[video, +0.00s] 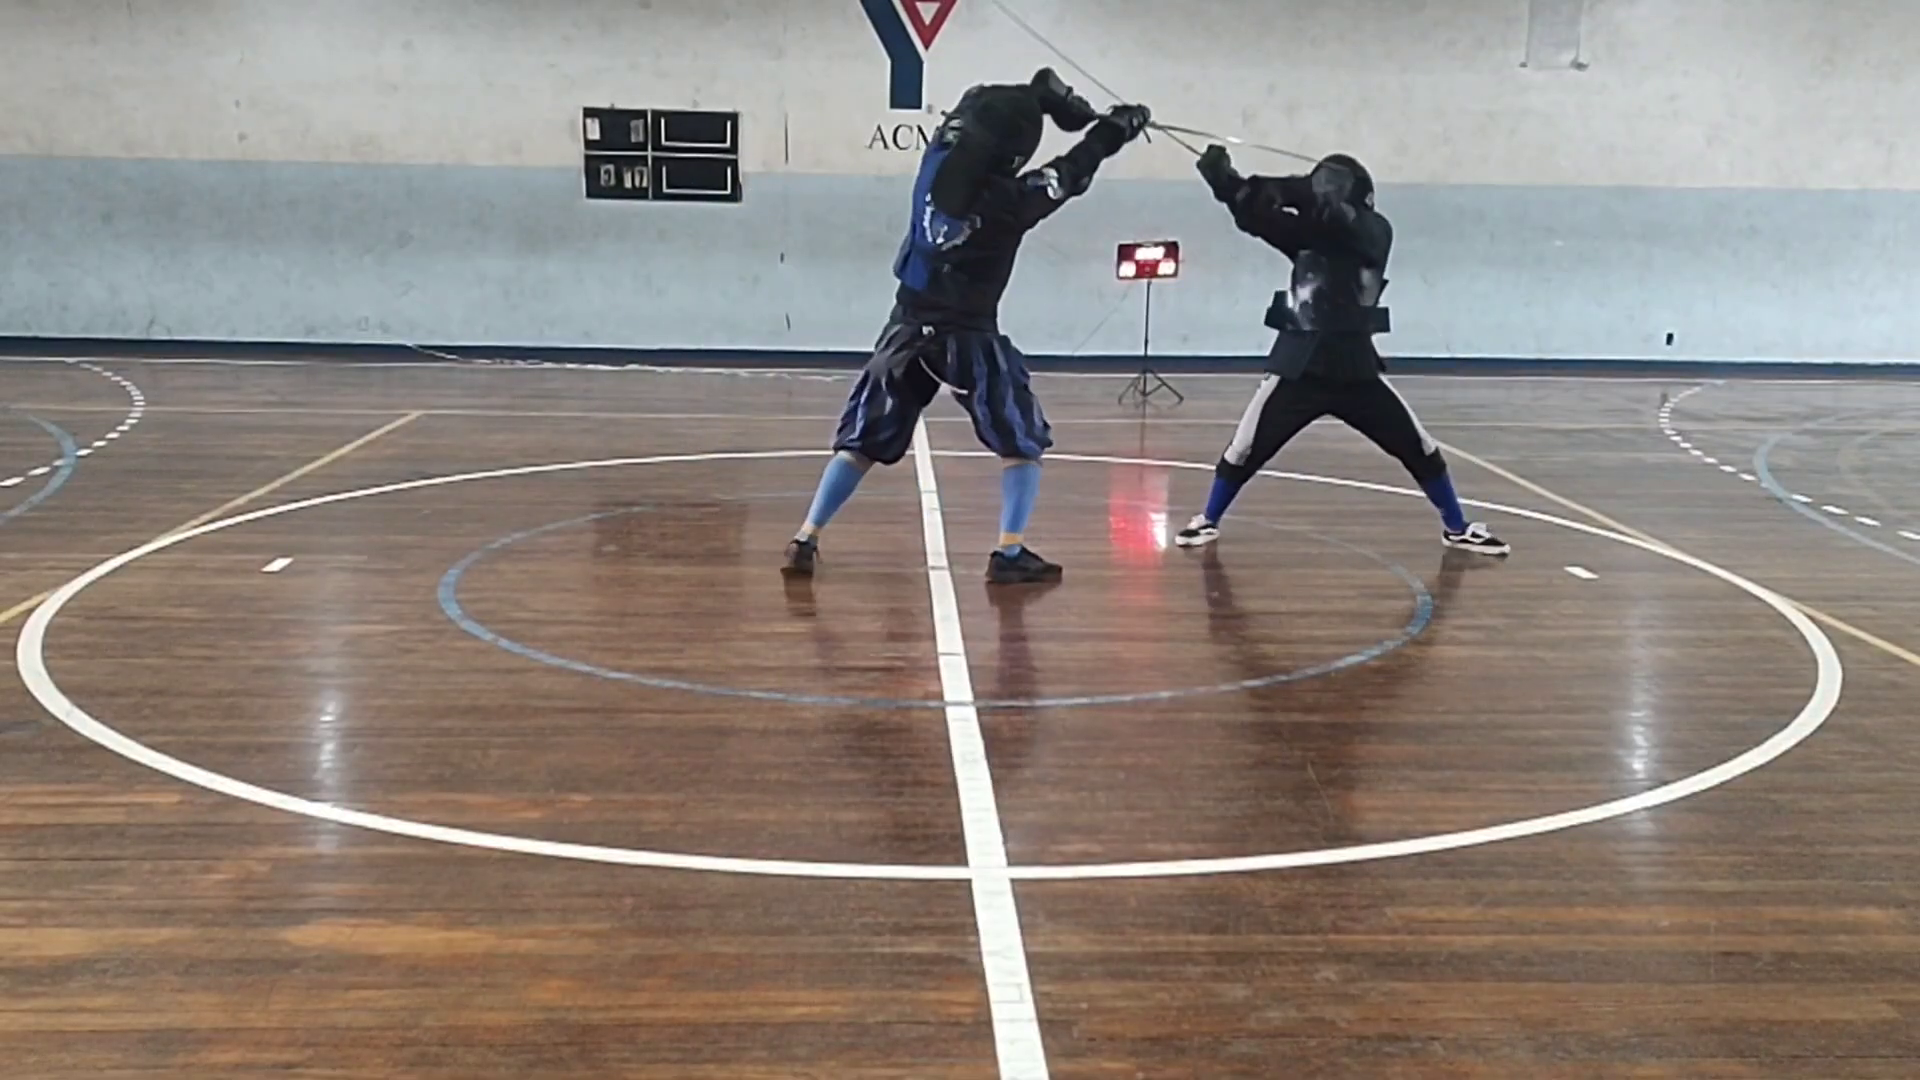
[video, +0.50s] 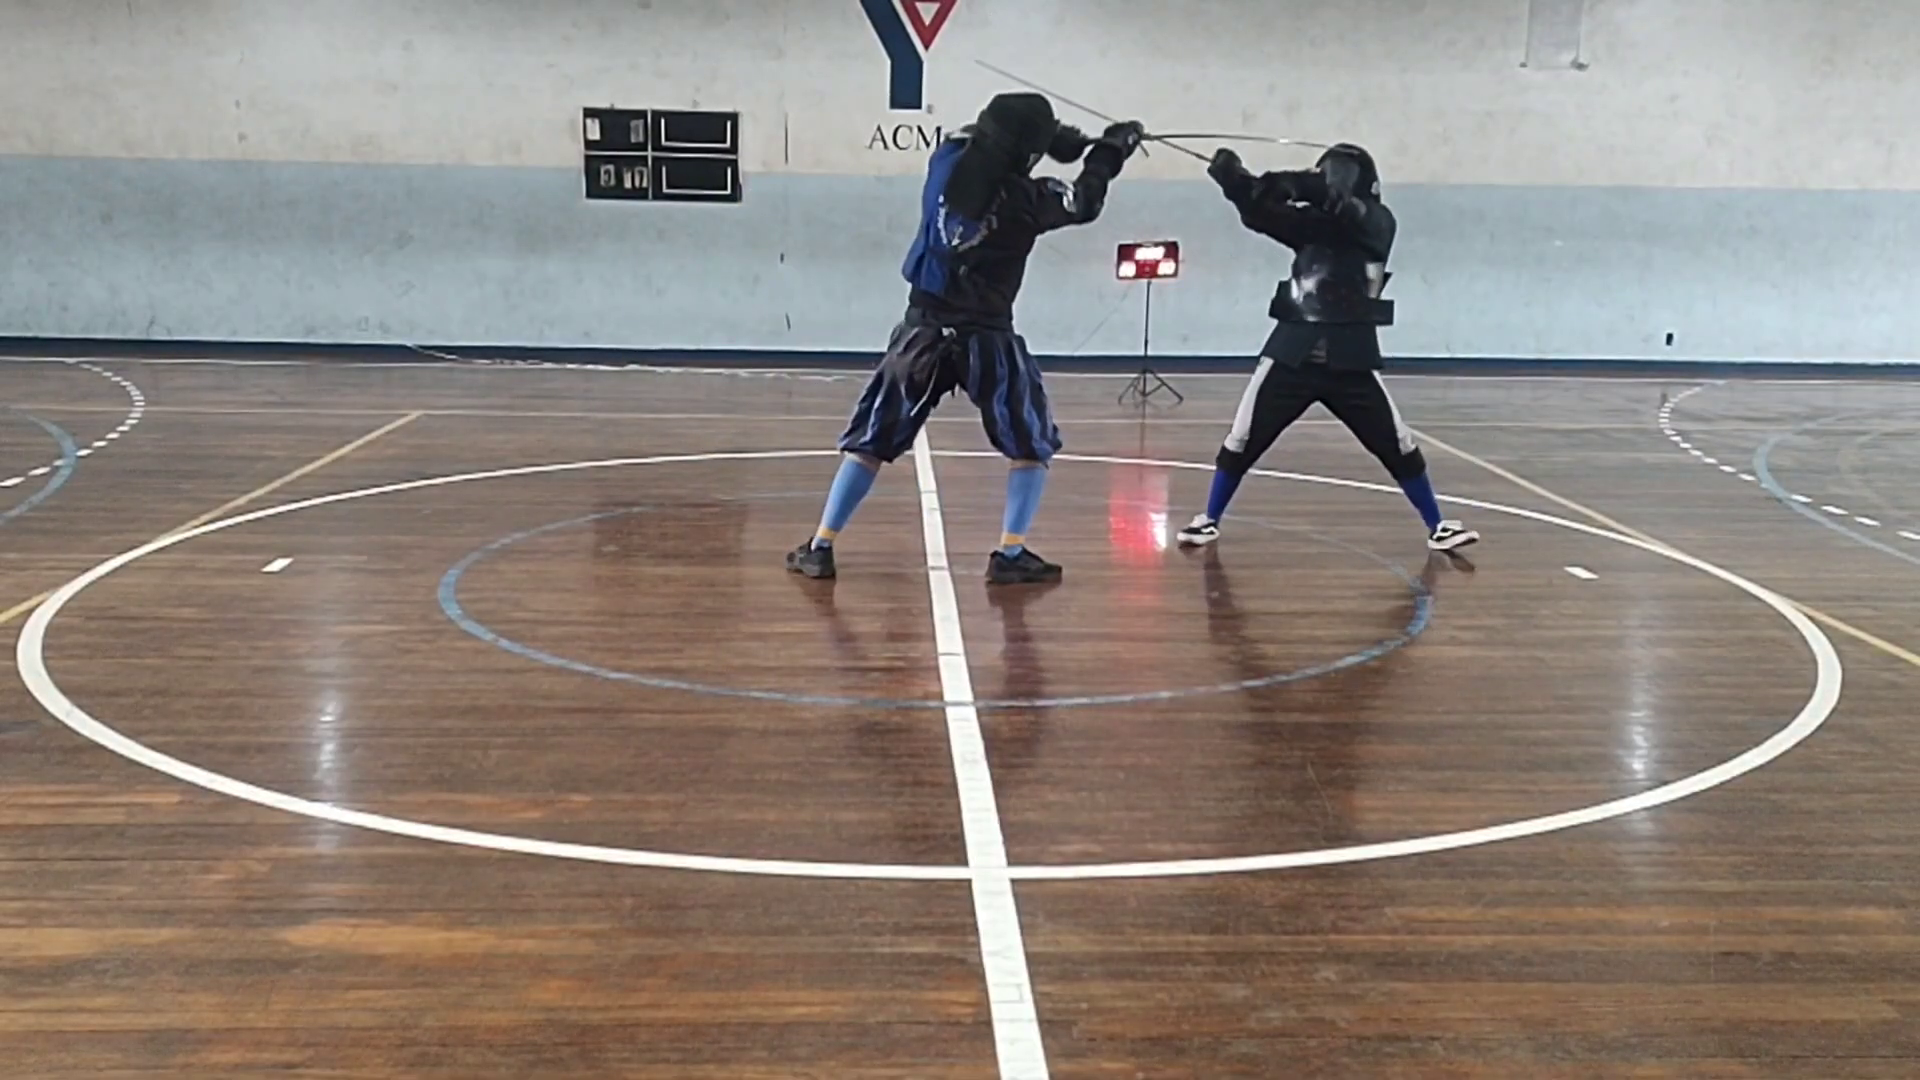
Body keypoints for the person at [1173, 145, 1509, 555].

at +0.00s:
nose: (1322, 194)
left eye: (1330, 185)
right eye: (1318, 186)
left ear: (1351, 191)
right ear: (1312, 189)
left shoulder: (1375, 231)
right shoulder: (1304, 231)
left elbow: (1328, 212)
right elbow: (1256, 216)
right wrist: (1225, 181)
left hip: (1356, 373)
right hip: (1297, 372)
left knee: (1421, 451)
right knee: (1244, 450)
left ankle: (1459, 529)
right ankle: (1208, 521)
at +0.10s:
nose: (1321, 185)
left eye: (1331, 179)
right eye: (1317, 178)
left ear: (1353, 185)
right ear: (1311, 183)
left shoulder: (1372, 226)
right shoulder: (1299, 226)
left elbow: (1331, 206)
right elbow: (1257, 213)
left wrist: (1290, 185)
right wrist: (1228, 176)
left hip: (1355, 370)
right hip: (1295, 369)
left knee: (1418, 446)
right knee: (1245, 447)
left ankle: (1444, 529)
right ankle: (1208, 521)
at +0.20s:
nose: (1324, 182)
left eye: (1335, 174)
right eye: (1319, 174)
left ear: (1357, 182)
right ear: (1312, 180)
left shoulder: (1375, 225)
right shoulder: (1302, 227)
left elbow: (1333, 204)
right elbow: (1258, 214)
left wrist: (1291, 182)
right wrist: (1231, 174)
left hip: (1360, 370)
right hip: (1298, 370)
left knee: (1420, 448)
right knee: (1248, 447)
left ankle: (1441, 530)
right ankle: (1209, 521)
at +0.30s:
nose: (1331, 184)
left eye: (1341, 176)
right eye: (1325, 175)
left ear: (1363, 183)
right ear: (1318, 183)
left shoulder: (1382, 226)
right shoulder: (1309, 228)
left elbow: (1342, 209)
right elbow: (1262, 215)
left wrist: (1302, 187)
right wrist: (1235, 179)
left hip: (1364, 371)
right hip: (1301, 369)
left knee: (1420, 447)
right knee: (1250, 444)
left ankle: (1442, 530)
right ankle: (1209, 520)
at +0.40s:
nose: (1331, 182)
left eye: (1342, 174)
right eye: (1326, 173)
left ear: (1365, 182)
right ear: (1320, 179)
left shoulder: (1384, 225)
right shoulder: (1313, 226)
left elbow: (1339, 206)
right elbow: (1265, 216)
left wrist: (1297, 185)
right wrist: (1239, 180)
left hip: (1361, 369)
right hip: (1299, 366)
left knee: (1413, 446)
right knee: (1248, 441)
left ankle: (1441, 528)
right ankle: (1209, 519)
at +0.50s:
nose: (1326, 179)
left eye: (1335, 172)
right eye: (1322, 172)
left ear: (1359, 178)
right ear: (1320, 178)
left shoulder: (1379, 223)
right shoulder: (1311, 222)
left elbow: (1334, 205)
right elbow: (1260, 216)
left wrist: (1291, 184)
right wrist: (1235, 181)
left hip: (1350, 364)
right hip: (1291, 360)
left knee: (1398, 445)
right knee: (1243, 439)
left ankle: (1437, 527)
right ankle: (1209, 519)